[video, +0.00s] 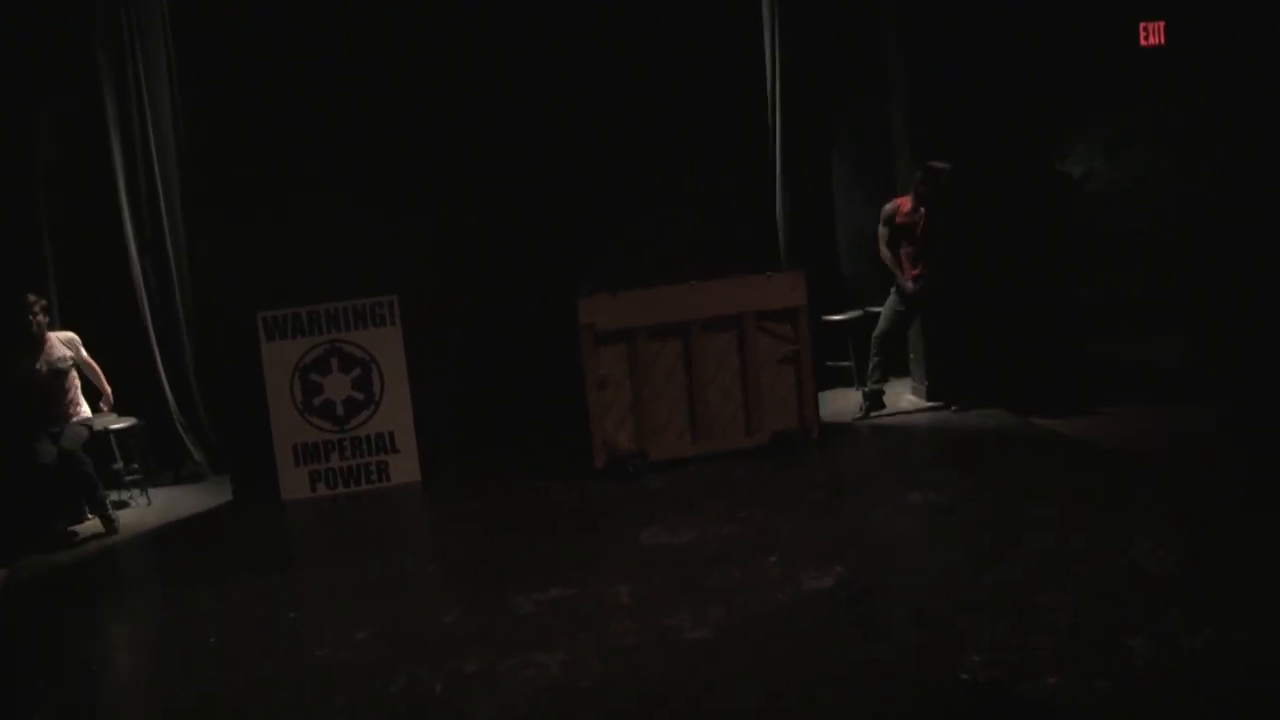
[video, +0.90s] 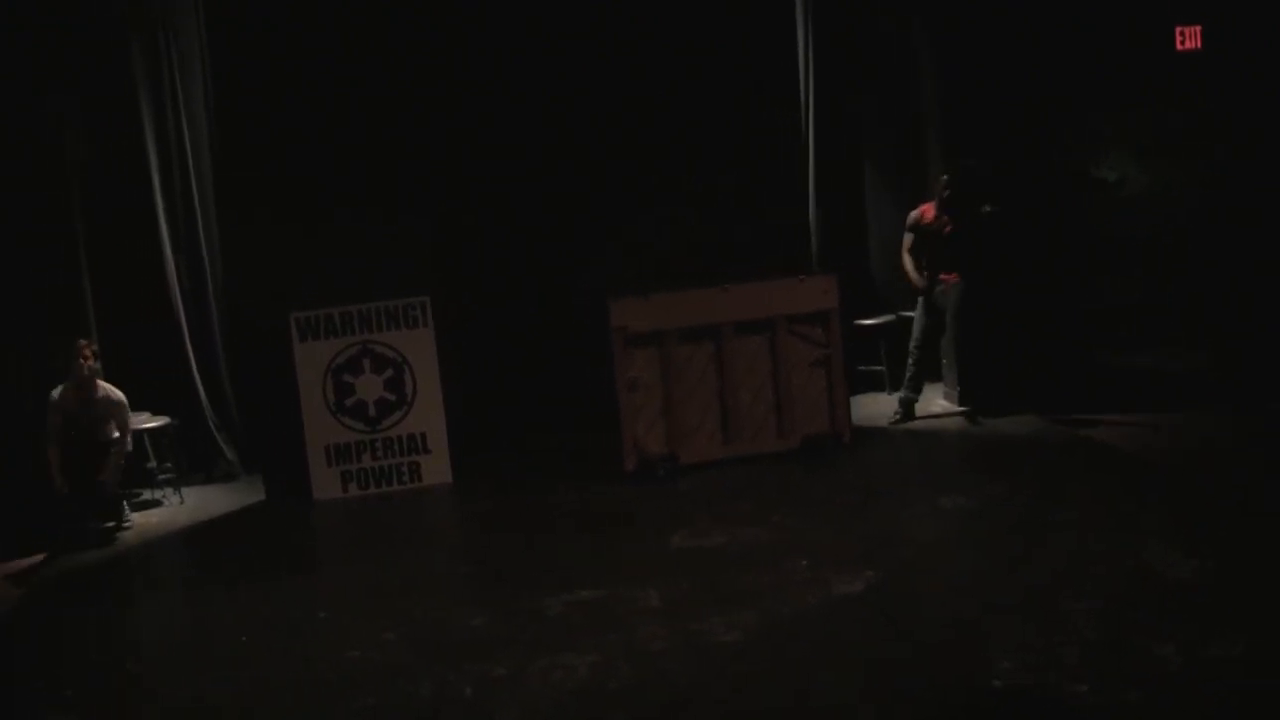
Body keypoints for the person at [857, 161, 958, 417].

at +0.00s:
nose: (923, 192)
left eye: (929, 188)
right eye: (921, 186)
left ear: (936, 190)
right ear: (915, 185)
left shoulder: (939, 213)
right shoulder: (893, 210)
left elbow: (948, 250)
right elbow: (884, 249)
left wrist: (935, 277)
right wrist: (902, 280)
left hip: (937, 286)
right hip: (907, 286)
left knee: (944, 338)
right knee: (881, 336)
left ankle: (953, 392)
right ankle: (873, 396)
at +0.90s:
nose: (948, 194)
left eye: (952, 189)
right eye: (945, 188)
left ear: (960, 191)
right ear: (938, 189)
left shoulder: (968, 216)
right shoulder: (920, 216)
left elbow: (978, 250)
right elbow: (906, 251)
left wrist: (971, 279)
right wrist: (915, 277)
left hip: (959, 288)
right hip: (931, 287)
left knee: (963, 345)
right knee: (917, 347)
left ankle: (971, 404)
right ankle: (906, 405)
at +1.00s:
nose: (952, 191)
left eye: (954, 186)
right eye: (948, 186)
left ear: (959, 190)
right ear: (939, 189)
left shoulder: (967, 216)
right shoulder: (925, 218)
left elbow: (978, 248)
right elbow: (918, 255)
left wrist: (969, 267)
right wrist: (937, 264)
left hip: (964, 287)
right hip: (937, 287)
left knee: (968, 346)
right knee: (924, 347)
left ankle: (979, 401)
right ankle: (912, 405)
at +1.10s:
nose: (959, 194)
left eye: (963, 189)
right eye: (956, 189)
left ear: (969, 192)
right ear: (950, 192)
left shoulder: (980, 220)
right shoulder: (939, 220)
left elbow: (1005, 257)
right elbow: (929, 251)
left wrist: (981, 269)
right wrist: (947, 258)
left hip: (972, 292)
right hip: (944, 289)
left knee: (969, 351)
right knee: (930, 349)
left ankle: (980, 401)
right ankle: (917, 404)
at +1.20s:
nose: (976, 195)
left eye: (979, 190)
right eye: (972, 190)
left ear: (983, 193)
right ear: (964, 192)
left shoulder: (989, 220)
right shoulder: (950, 221)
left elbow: (997, 252)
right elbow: (946, 258)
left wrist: (988, 275)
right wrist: (968, 277)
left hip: (983, 294)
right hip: (956, 293)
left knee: (982, 349)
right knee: (941, 349)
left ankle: (982, 402)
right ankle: (922, 407)